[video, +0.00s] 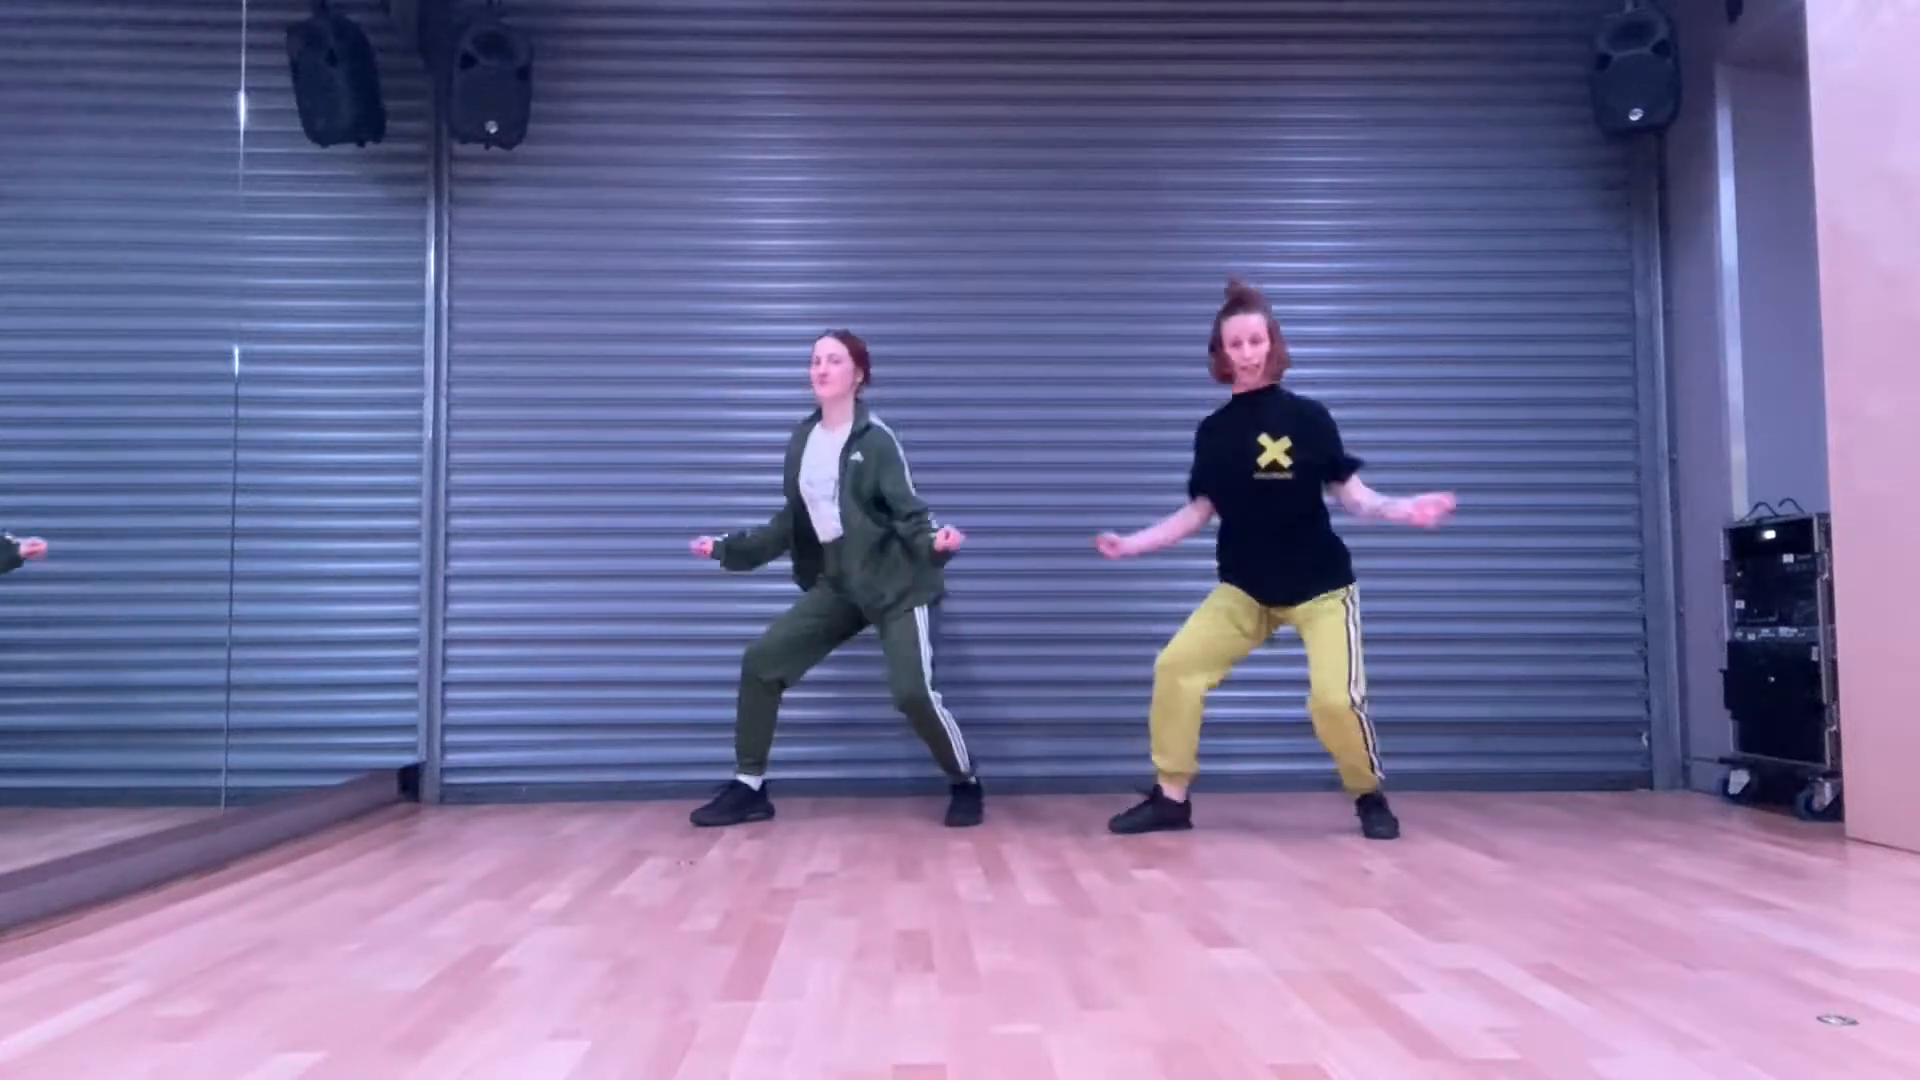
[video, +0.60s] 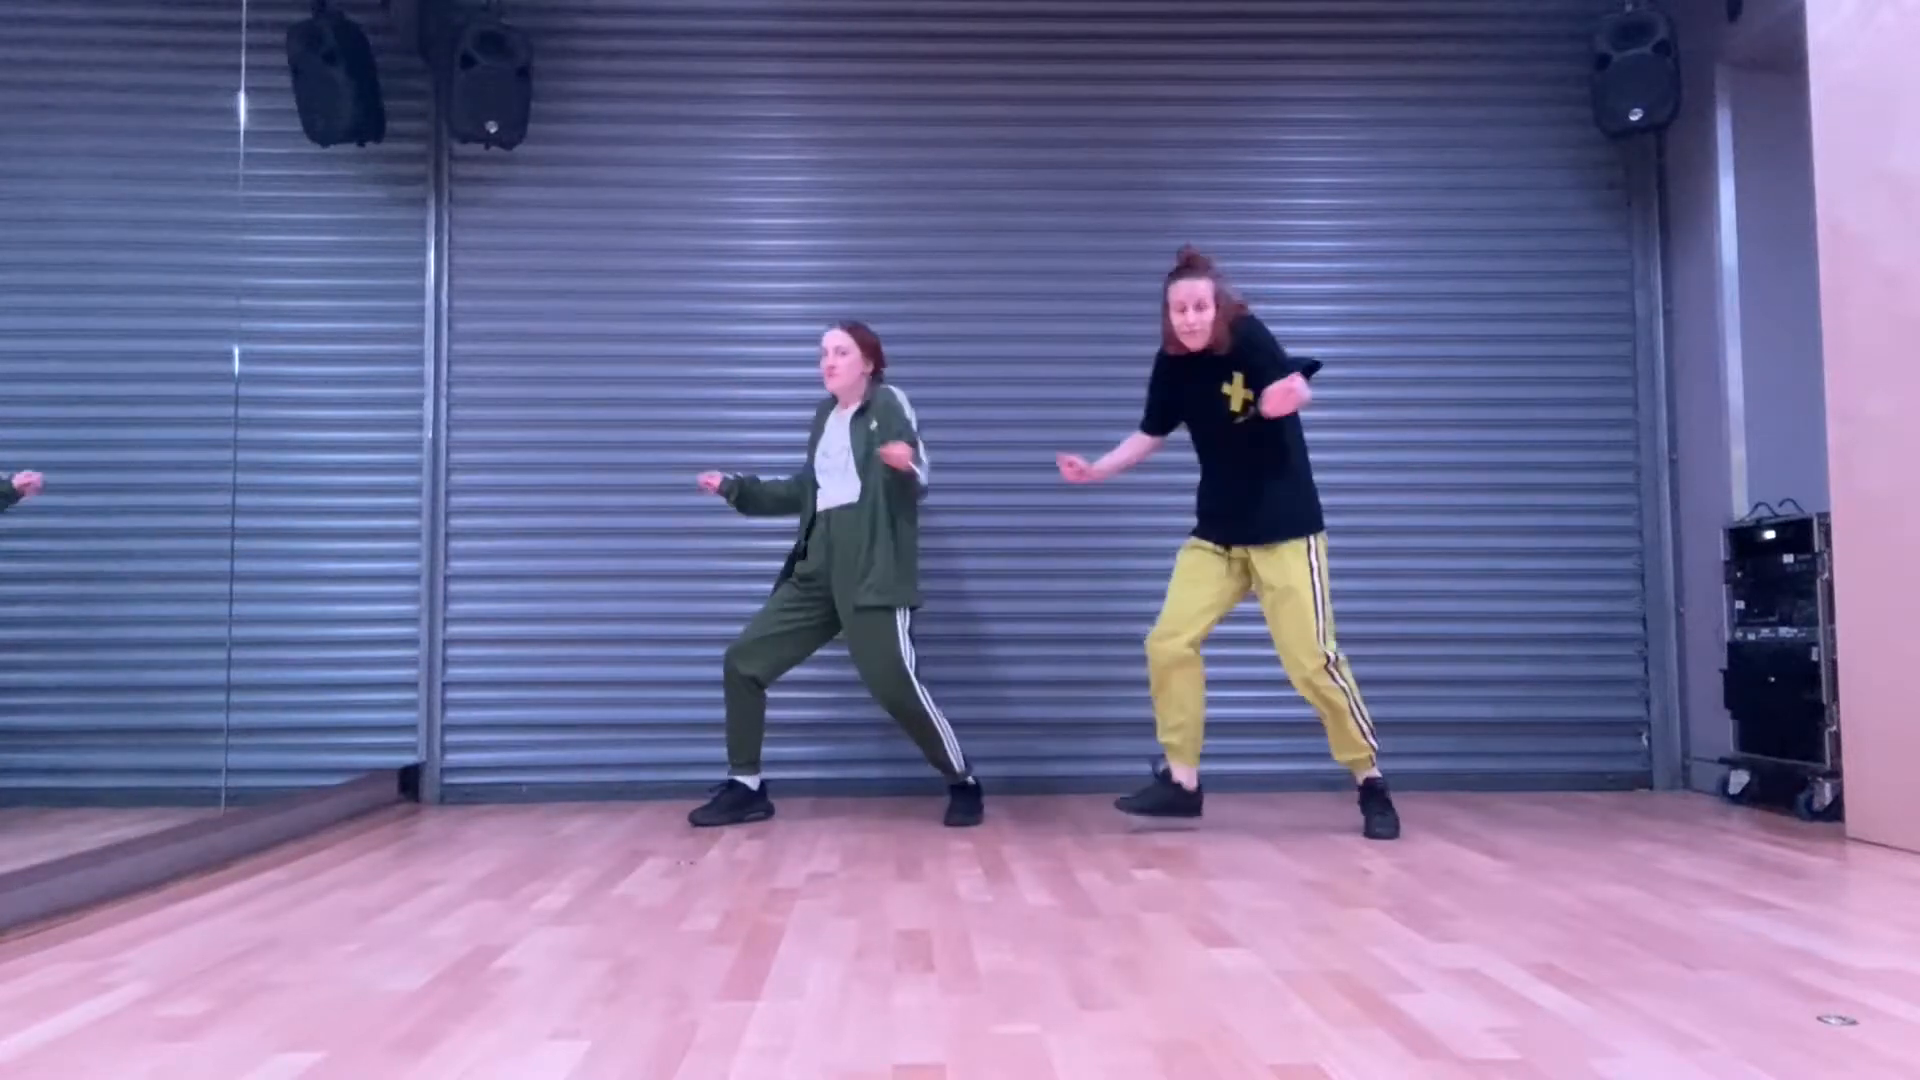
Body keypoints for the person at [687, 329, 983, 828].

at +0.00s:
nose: (821, 369)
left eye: (833, 361)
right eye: (815, 362)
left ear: (859, 375)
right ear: (809, 374)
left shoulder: (877, 440)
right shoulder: (803, 439)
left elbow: (909, 516)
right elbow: (793, 522)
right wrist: (729, 547)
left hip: (896, 583)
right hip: (837, 586)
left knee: (913, 693)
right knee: (762, 663)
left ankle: (965, 784)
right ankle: (748, 788)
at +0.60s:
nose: (828, 362)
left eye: (840, 353)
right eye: (824, 355)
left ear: (869, 362)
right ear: (822, 367)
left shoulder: (887, 404)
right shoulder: (826, 418)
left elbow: (915, 472)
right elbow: (810, 492)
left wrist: (904, 462)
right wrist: (736, 488)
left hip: (874, 570)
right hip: (818, 572)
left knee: (894, 685)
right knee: (744, 663)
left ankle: (962, 783)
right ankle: (745, 787)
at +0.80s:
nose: (761, 335)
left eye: (773, 328)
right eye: (758, 327)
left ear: (800, 340)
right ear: (753, 337)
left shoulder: (805, 390)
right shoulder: (750, 399)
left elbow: (815, 465)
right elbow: (729, 475)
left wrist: (796, 523)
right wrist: (689, 540)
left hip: (859, 541)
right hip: (810, 552)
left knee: (908, 652)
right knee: (766, 650)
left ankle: (971, 771)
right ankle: (761, 782)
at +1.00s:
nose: (733, 363)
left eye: (741, 352)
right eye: (727, 355)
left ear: (773, 354)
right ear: (728, 363)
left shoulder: (812, 404)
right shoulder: (747, 415)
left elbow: (839, 481)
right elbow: (755, 493)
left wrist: (822, 521)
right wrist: (718, 526)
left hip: (789, 562)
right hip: (740, 565)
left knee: (808, 680)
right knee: (710, 673)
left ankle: (906, 752)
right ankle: (761, 788)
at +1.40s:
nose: (721, 326)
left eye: (733, 317)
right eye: (718, 318)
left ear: (763, 326)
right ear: (719, 329)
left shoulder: (787, 378)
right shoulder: (730, 379)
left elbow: (851, 417)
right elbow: (753, 440)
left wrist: (847, 458)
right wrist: (717, 446)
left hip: (796, 526)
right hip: (740, 527)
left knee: (787, 649)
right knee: (718, 652)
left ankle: (794, 768)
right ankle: (749, 770)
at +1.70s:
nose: (805, 309)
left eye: (815, 302)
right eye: (796, 301)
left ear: (831, 317)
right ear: (781, 314)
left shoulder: (846, 384)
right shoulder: (742, 367)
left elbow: (861, 467)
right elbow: (668, 414)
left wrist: (865, 438)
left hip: (808, 521)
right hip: (740, 513)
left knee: (803, 661)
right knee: (666, 615)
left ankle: (815, 786)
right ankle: (704, 655)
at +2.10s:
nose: (735, 340)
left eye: (745, 331)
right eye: (726, 332)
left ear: (767, 339)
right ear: (715, 338)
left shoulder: (787, 375)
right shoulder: (702, 374)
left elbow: (789, 390)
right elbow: (753, 383)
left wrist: (747, 414)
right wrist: (810, 364)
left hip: (761, 544)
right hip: (696, 541)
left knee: (797, 643)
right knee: (699, 665)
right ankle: (703, 793)